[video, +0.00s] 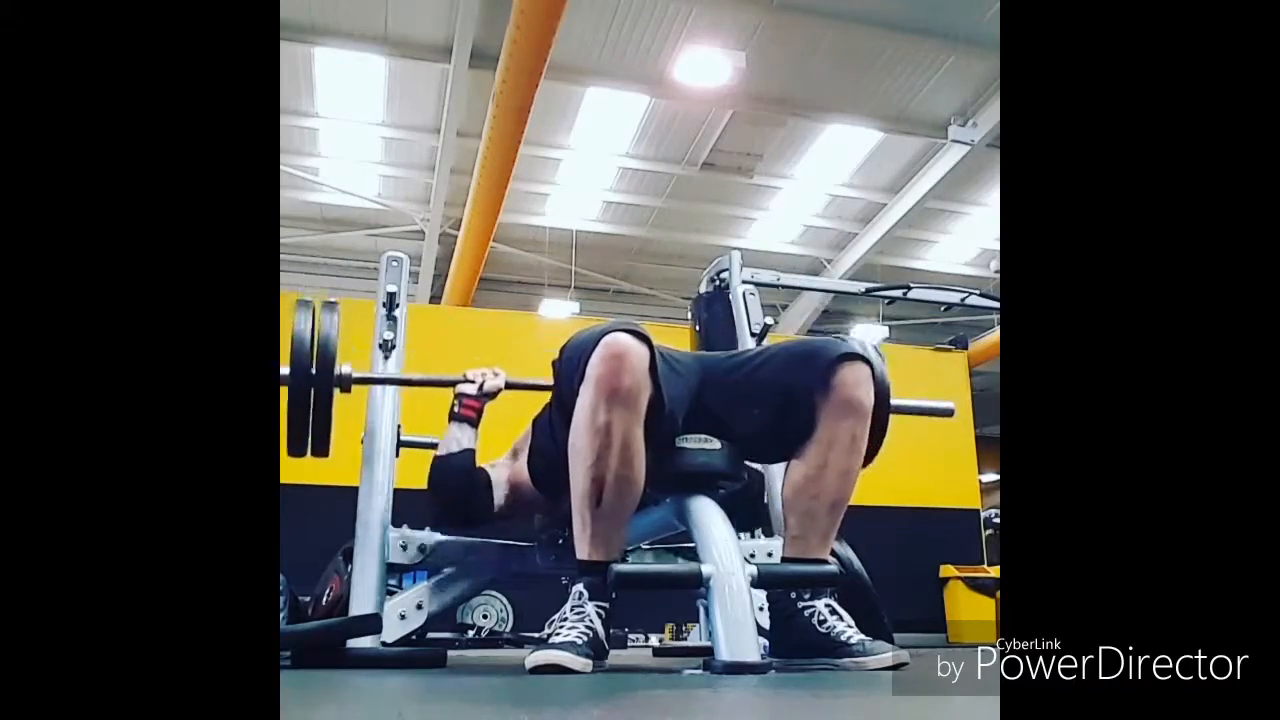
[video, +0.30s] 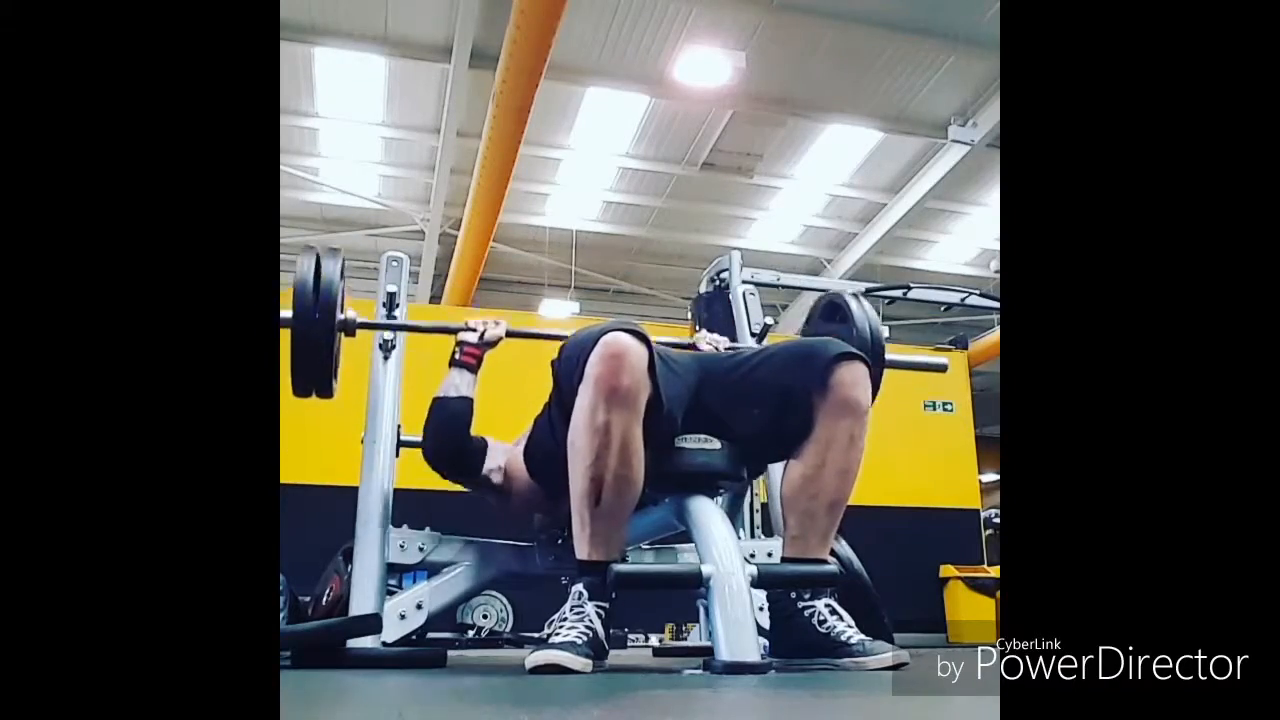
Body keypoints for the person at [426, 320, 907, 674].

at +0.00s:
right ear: (496, 498)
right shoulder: (524, 480)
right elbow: (452, 501)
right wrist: (468, 406)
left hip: (707, 376)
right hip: (630, 358)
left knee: (850, 375)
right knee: (618, 357)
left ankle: (800, 607)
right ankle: (587, 606)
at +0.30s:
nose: (495, 456)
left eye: (494, 467)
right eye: (496, 475)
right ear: (511, 482)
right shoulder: (527, 460)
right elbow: (442, 443)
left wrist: (714, 354)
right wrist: (468, 355)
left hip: (700, 377)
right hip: (631, 360)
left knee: (845, 374)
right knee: (617, 355)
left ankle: (801, 609)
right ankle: (587, 606)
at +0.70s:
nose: (497, 432)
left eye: (500, 430)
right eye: (491, 436)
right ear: (499, 456)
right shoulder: (521, 464)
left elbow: (718, 369)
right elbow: (474, 367)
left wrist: (711, 297)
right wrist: (470, 272)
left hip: (687, 381)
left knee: (841, 371)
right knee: (616, 350)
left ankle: (798, 605)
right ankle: (586, 606)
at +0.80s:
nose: (494, 444)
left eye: (493, 444)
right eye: (492, 450)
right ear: (503, 466)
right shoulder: (522, 456)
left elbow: (728, 376)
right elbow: (465, 370)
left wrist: (714, 302)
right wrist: (468, 274)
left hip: (686, 378)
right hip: (613, 363)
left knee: (843, 373)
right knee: (616, 351)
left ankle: (798, 606)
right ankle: (586, 606)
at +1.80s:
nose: (494, 437)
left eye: (496, 439)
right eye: (489, 447)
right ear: (496, 467)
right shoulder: (520, 474)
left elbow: (728, 393)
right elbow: (452, 393)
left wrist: (717, 328)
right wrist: (466, 297)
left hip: (686, 386)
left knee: (843, 375)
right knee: (624, 354)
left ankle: (800, 610)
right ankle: (586, 606)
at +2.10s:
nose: (500, 427)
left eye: (502, 427)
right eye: (493, 433)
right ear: (504, 455)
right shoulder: (527, 463)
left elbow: (718, 364)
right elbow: (476, 371)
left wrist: (711, 290)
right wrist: (468, 272)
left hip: (703, 383)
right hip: (627, 363)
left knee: (844, 373)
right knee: (618, 351)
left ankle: (799, 605)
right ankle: (585, 605)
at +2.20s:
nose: (496, 434)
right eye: (493, 440)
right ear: (504, 465)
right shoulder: (528, 470)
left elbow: (735, 379)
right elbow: (463, 385)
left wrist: (714, 306)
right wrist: (466, 282)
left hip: (690, 386)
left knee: (846, 375)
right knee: (621, 353)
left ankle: (802, 608)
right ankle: (587, 606)